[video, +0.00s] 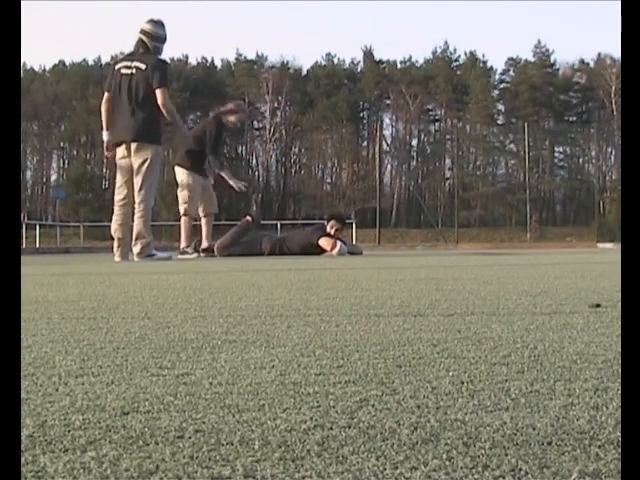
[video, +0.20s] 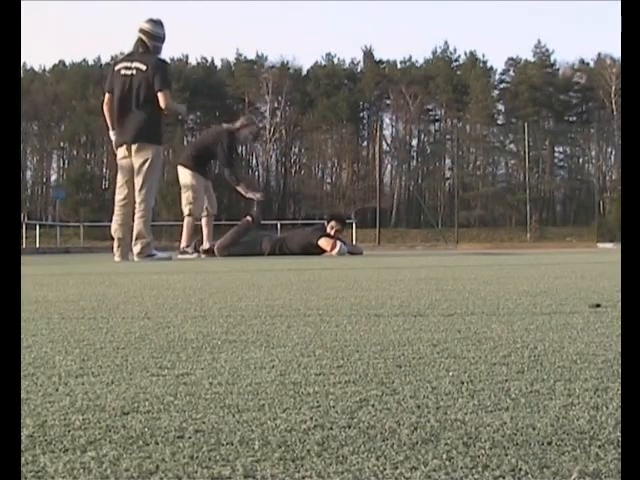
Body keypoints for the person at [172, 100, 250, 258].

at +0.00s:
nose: (236, 124)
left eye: (239, 121)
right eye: (237, 119)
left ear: (233, 116)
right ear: (230, 113)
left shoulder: (220, 127)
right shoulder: (213, 124)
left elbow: (210, 157)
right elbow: (211, 156)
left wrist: (210, 175)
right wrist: (231, 180)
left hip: (200, 170)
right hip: (187, 167)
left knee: (208, 208)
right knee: (187, 208)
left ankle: (206, 245)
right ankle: (184, 246)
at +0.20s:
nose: (249, 138)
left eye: (252, 135)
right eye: (250, 133)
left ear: (243, 128)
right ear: (242, 126)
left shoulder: (230, 139)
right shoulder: (225, 136)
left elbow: (233, 169)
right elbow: (226, 170)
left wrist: (247, 188)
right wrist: (245, 192)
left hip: (202, 171)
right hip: (189, 168)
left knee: (209, 209)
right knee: (192, 209)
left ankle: (207, 246)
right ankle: (184, 247)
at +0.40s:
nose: (253, 144)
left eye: (257, 143)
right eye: (254, 138)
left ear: (257, 145)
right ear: (249, 131)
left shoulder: (237, 144)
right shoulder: (233, 143)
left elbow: (241, 175)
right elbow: (239, 178)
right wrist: (255, 201)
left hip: (205, 168)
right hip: (194, 165)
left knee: (214, 208)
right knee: (204, 205)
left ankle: (207, 246)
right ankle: (185, 240)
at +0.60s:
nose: (261, 151)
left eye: (264, 151)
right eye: (262, 146)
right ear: (255, 139)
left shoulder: (244, 151)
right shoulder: (239, 148)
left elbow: (247, 180)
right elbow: (244, 181)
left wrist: (258, 206)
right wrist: (258, 208)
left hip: (208, 166)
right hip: (199, 163)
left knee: (216, 206)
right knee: (211, 203)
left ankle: (209, 243)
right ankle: (200, 240)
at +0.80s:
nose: (270, 158)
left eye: (271, 155)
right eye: (269, 154)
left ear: (260, 148)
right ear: (261, 149)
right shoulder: (244, 153)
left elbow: (251, 188)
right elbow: (251, 187)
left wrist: (261, 215)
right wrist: (265, 217)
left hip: (202, 164)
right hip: (207, 165)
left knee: (211, 209)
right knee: (218, 205)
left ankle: (208, 246)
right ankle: (218, 246)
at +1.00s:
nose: (274, 173)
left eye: (277, 172)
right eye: (277, 170)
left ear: (270, 158)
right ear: (273, 161)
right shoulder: (253, 161)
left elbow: (256, 193)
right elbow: (257, 193)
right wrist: (269, 222)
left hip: (204, 164)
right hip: (214, 166)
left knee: (215, 210)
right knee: (226, 205)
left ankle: (208, 245)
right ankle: (218, 246)